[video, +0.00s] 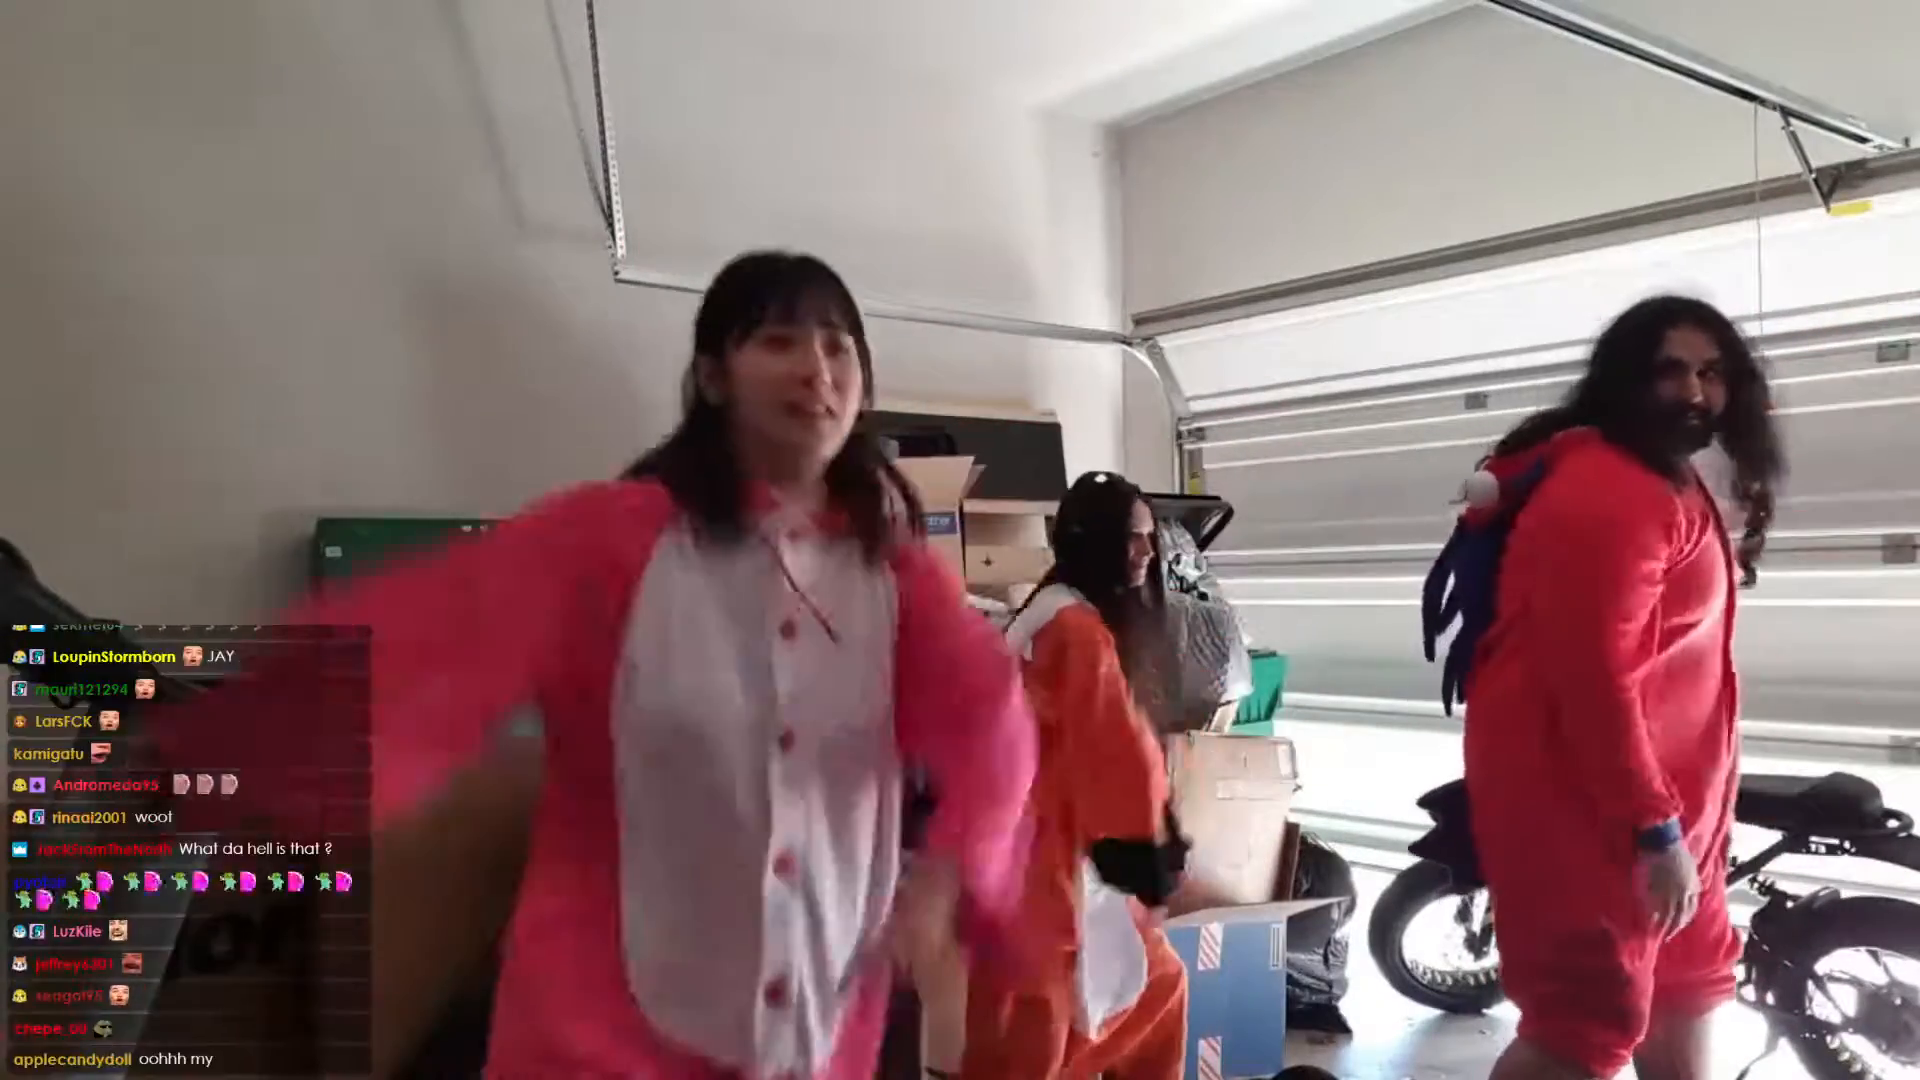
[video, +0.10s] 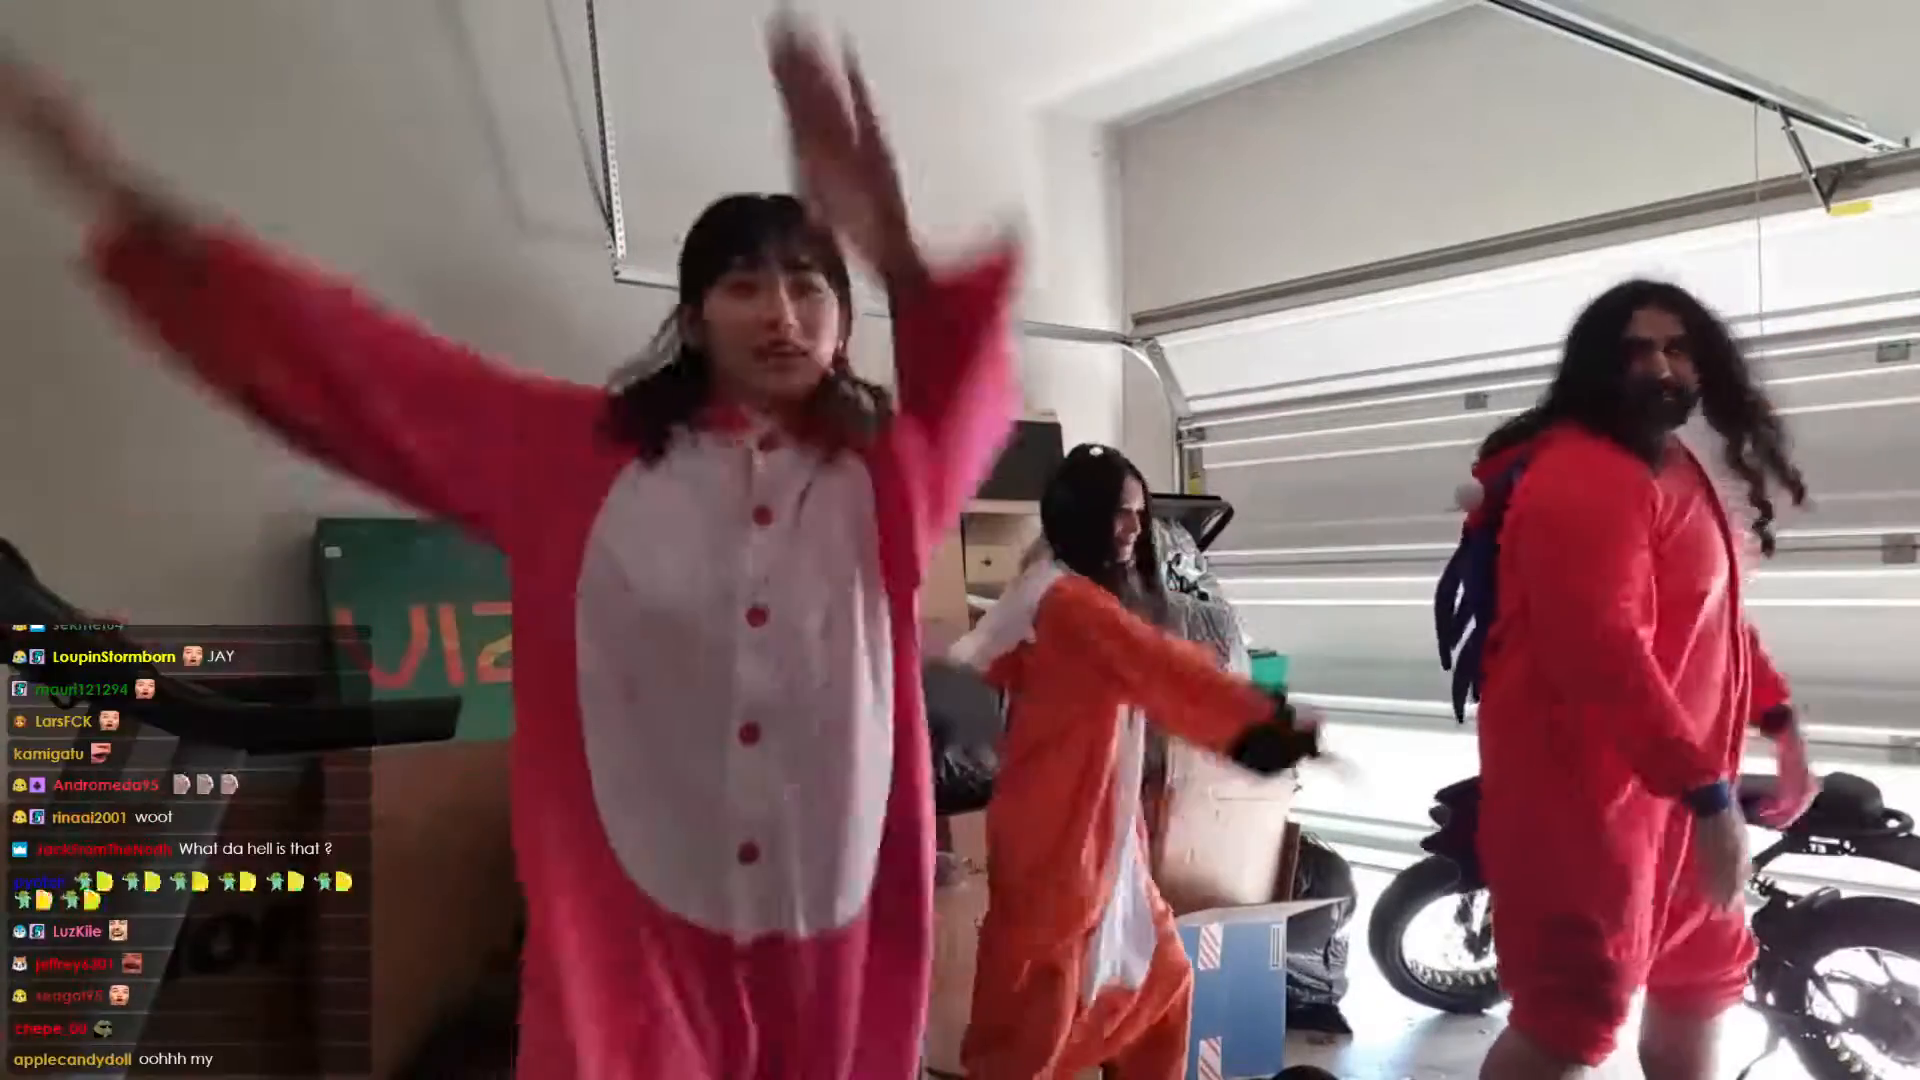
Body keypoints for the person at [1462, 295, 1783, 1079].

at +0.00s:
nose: (1695, 391)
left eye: (1713, 373)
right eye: (1670, 371)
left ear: (1730, 389)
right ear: (1627, 380)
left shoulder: (1675, 485)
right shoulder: (1603, 491)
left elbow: (1664, 667)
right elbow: (1592, 675)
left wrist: (1691, 812)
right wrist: (1655, 828)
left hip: (1662, 798)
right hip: (1578, 807)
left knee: (1689, 984)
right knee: (1586, 1027)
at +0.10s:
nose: (1662, 368)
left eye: (1678, 350)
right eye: (1638, 350)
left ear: (1701, 367)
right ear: (1599, 366)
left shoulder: (1681, 469)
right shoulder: (1578, 473)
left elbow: (1710, 613)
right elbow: (1595, 648)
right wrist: (1707, 793)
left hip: (1673, 786)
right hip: (1580, 793)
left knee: (1699, 979)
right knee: (1566, 1020)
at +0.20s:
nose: (1626, 353)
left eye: (1645, 334)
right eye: (1601, 341)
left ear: (1679, 350)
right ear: (1574, 364)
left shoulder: (1718, 471)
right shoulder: (1558, 461)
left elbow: (1790, 580)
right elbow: (1588, 598)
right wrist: (1735, 680)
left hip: (1694, 785)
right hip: (1579, 783)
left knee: (1684, 993)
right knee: (1559, 1011)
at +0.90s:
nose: (1620, 369)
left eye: (1642, 348)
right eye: (1604, 355)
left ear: (1696, 357)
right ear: (1587, 378)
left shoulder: (1807, 474)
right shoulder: (1565, 506)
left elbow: (1878, 636)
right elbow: (1532, 650)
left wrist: (1813, 791)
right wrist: (1540, 779)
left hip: (1778, 816)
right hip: (1612, 817)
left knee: (1818, 1050)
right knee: (1583, 1032)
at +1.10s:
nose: (1657, 374)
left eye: (1679, 353)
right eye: (1642, 359)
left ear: (1735, 356)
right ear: (1627, 375)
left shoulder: (1823, 453)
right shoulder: (1605, 480)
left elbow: (1901, 512)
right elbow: (1508, 537)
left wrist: (1769, 525)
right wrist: (1426, 554)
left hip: (1787, 812)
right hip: (1621, 802)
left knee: (1822, 1047)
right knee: (1564, 1003)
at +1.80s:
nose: (1621, 352)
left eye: (1644, 335)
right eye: (1599, 339)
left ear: (1682, 353)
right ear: (1572, 368)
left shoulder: (1755, 472)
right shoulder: (1525, 493)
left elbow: (1837, 623)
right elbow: (1450, 612)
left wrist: (1769, 767)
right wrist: (1414, 734)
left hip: (1736, 821)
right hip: (1561, 827)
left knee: (1806, 1058)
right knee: (1538, 1039)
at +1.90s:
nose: (1635, 356)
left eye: (1659, 338)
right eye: (1614, 343)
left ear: (1700, 351)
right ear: (1590, 367)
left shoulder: (1767, 456)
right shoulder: (1547, 474)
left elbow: (1818, 535)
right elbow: (1445, 522)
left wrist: (1710, 557)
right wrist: (1363, 541)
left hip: (1735, 819)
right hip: (1566, 824)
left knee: (1792, 1055)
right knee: (1539, 1044)